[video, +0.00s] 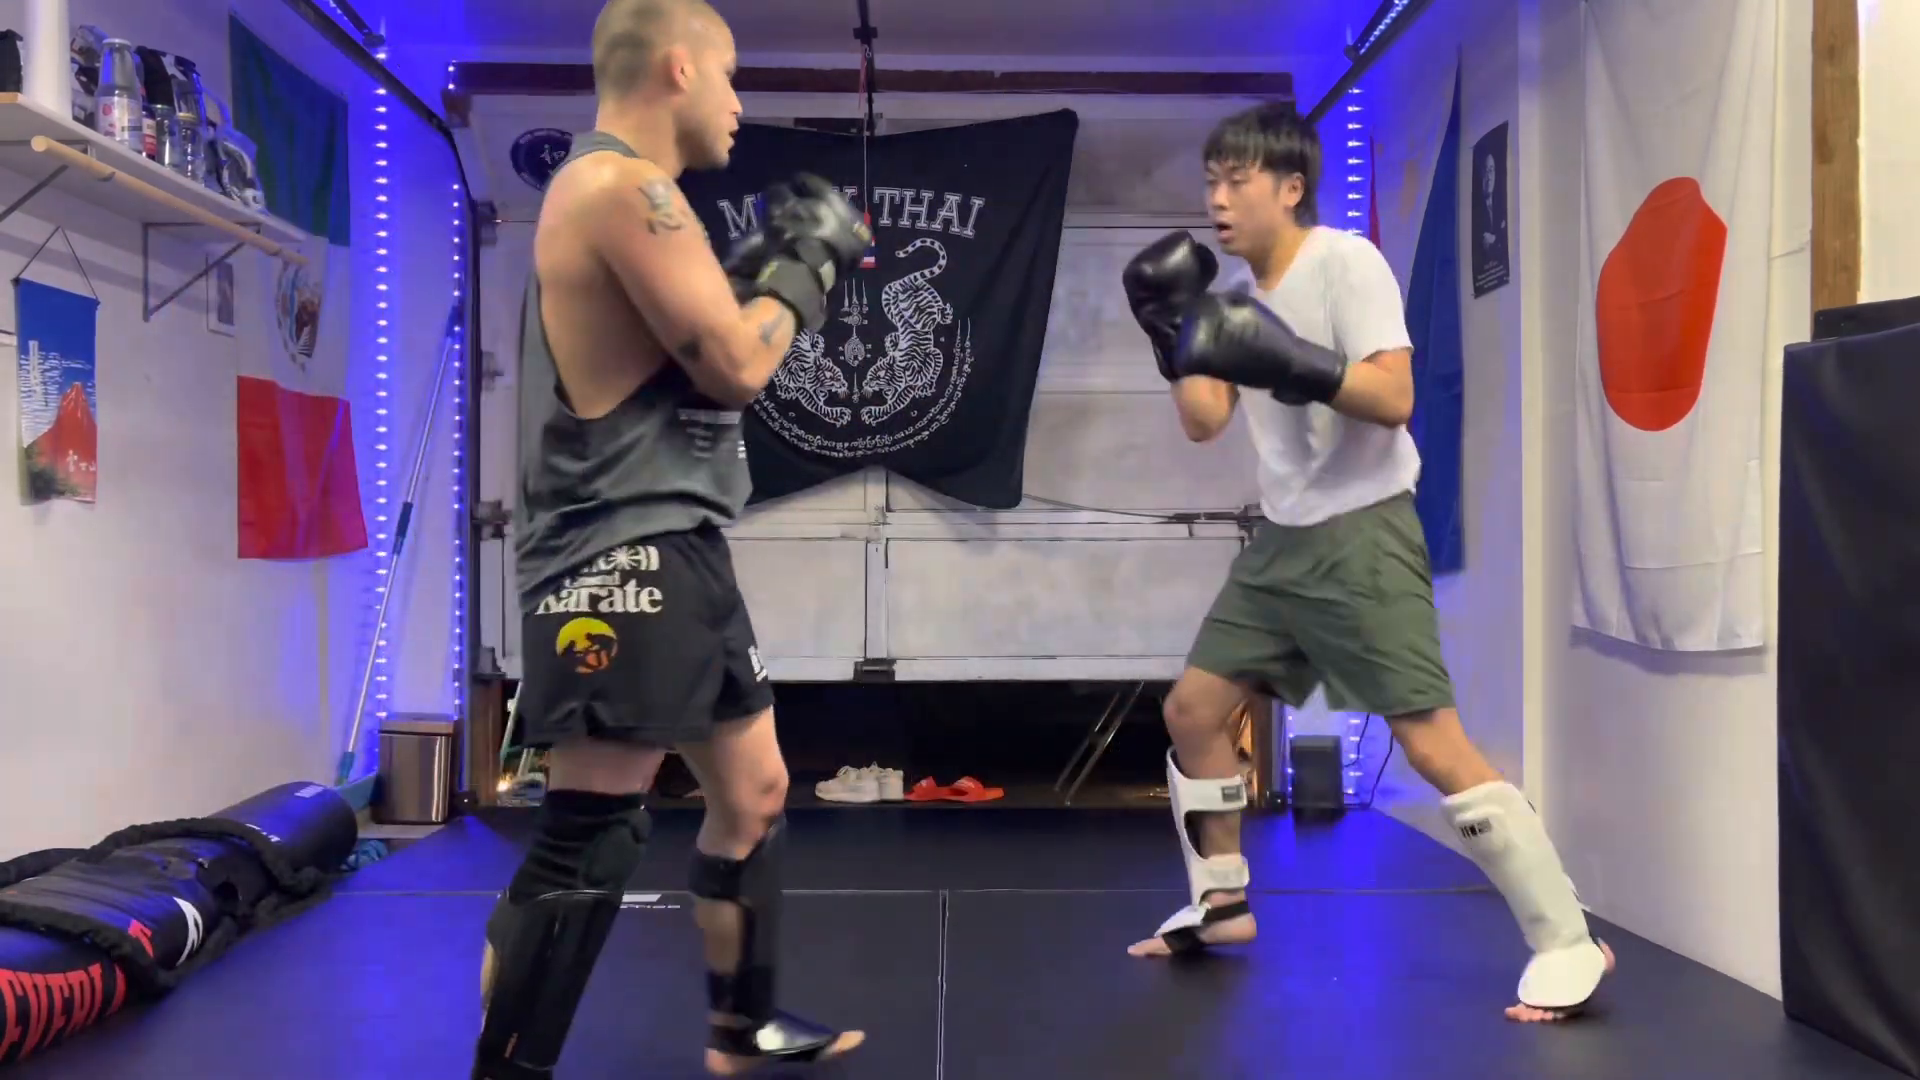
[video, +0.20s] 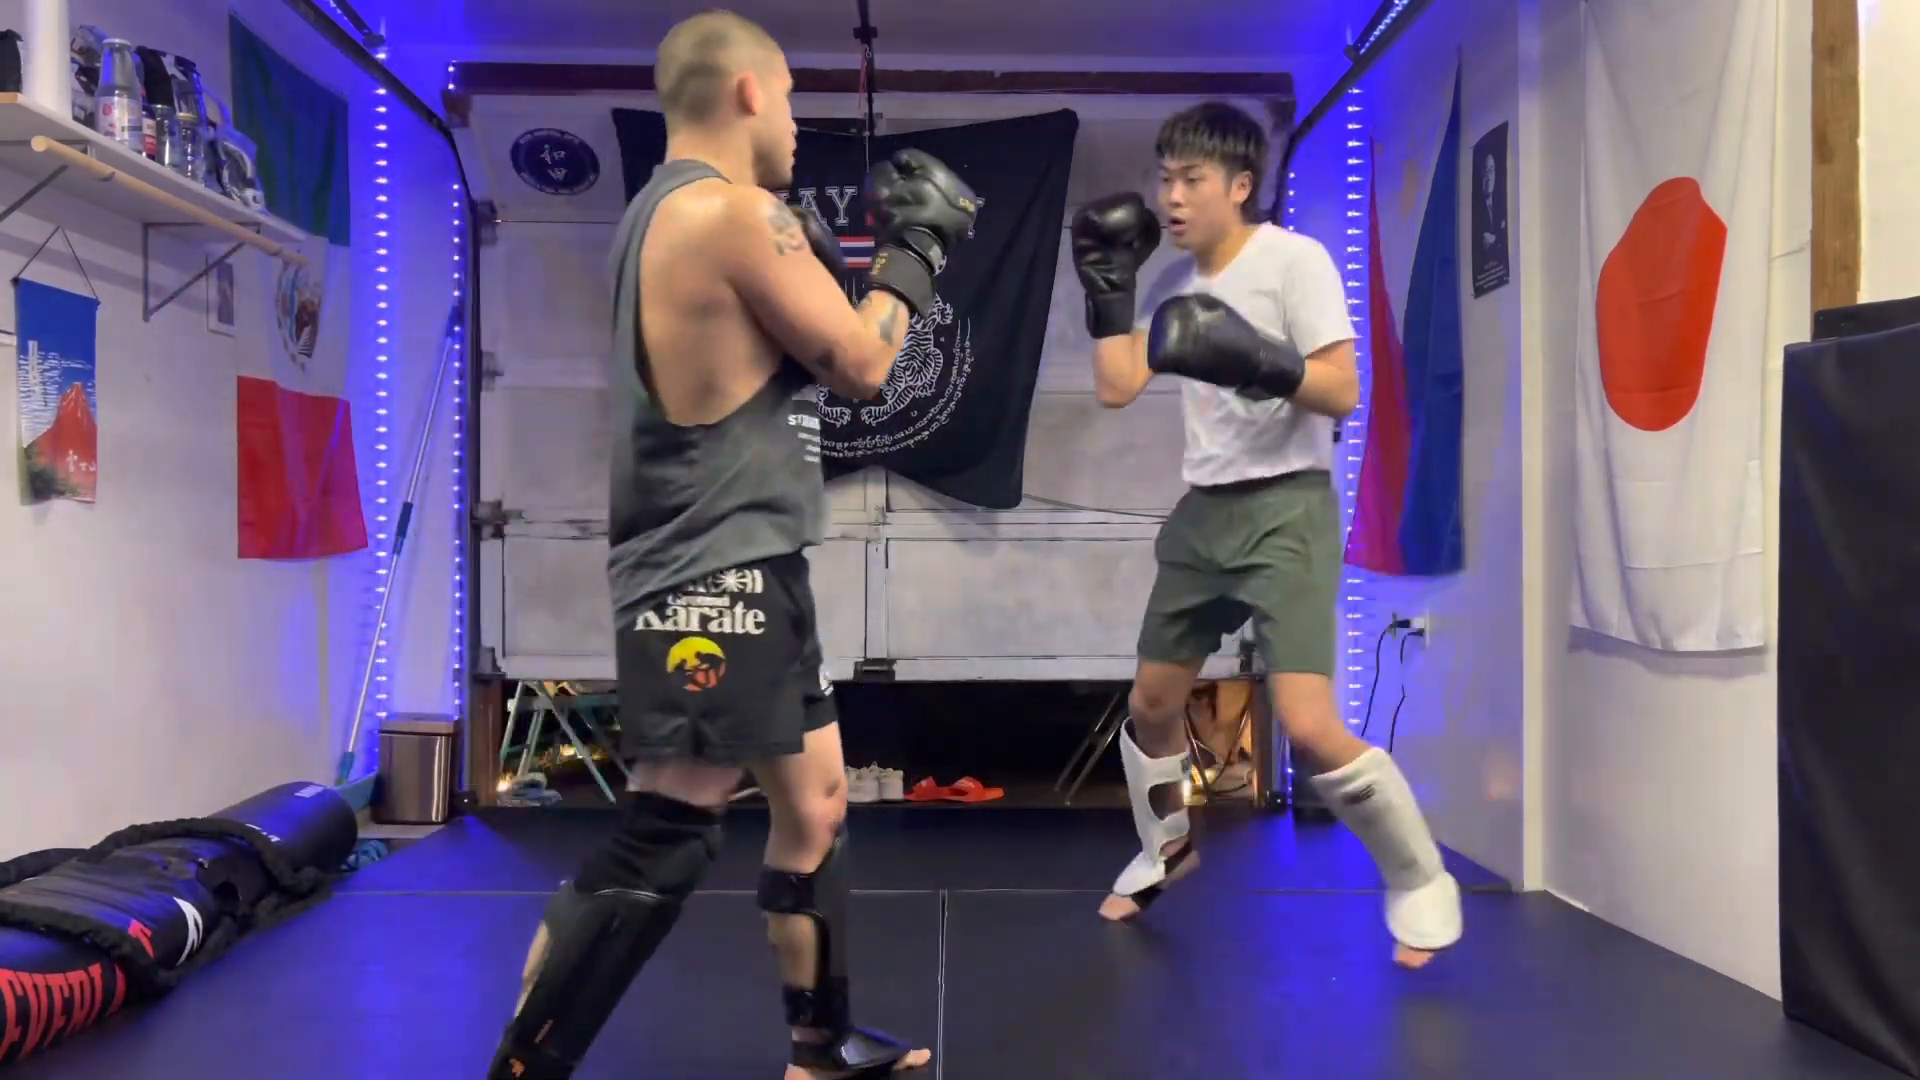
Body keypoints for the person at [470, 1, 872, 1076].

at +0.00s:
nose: (737, 104)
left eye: (734, 81)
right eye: (728, 79)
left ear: (654, 76)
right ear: (674, 74)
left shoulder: (634, 193)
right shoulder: (616, 186)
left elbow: (715, 361)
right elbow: (738, 364)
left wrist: (785, 267)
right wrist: (802, 259)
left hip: (673, 547)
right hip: (617, 552)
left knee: (752, 793)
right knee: (588, 835)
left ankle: (742, 1027)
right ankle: (511, 1067)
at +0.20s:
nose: (794, 116)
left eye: (789, 96)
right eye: (787, 95)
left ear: (693, 102)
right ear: (747, 95)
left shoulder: (668, 208)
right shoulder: (727, 212)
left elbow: (761, 365)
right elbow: (863, 361)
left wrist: (804, 261)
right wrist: (915, 251)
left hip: (734, 566)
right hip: (711, 573)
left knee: (813, 806)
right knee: (671, 826)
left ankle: (822, 1044)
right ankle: (528, 1059)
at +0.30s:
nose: (832, 116)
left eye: (828, 95)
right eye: (825, 93)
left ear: (720, 104)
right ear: (792, 91)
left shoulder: (694, 216)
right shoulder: (778, 202)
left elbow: (787, 372)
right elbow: (895, 366)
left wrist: (875, 289)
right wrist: (931, 281)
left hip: (754, 550)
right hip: (775, 553)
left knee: (824, 802)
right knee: (778, 827)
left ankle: (822, 1041)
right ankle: (555, 1063)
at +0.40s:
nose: (857, 113)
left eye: (852, 95)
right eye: (853, 94)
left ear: (753, 110)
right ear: (832, 95)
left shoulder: (724, 218)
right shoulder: (823, 198)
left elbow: (808, 361)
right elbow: (937, 351)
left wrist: (905, 268)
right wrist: (972, 261)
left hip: (749, 556)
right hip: (815, 551)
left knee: (808, 817)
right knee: (880, 823)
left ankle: (821, 1043)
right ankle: (664, 1040)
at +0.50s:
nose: (898, 114)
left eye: (893, 97)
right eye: (894, 95)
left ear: (789, 104)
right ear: (872, 93)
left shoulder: (756, 212)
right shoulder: (861, 199)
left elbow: (825, 368)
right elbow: (982, 328)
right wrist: (1003, 223)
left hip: (768, 559)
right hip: (846, 553)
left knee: (818, 803)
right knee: (939, 803)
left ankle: (823, 1039)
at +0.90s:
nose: (1013, 137)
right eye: (1012, 121)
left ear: (894, 125)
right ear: (1003, 116)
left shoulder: (845, 226)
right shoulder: (1024, 233)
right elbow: (1101, 333)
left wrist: (1079, 256)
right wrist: (1141, 250)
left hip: (858, 587)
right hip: (968, 587)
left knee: (915, 798)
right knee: (1020, 850)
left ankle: (832, 1029)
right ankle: (953, 1065)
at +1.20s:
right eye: (1107, 197)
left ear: (1016, 145)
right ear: (1107, 197)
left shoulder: (931, 215)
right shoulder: (1092, 297)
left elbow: (995, 352)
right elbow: (1076, 411)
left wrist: (1121, 299)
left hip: (875, 581)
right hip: (982, 591)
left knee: (938, 773)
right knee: (1016, 865)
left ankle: (866, 983)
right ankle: (953, 1065)